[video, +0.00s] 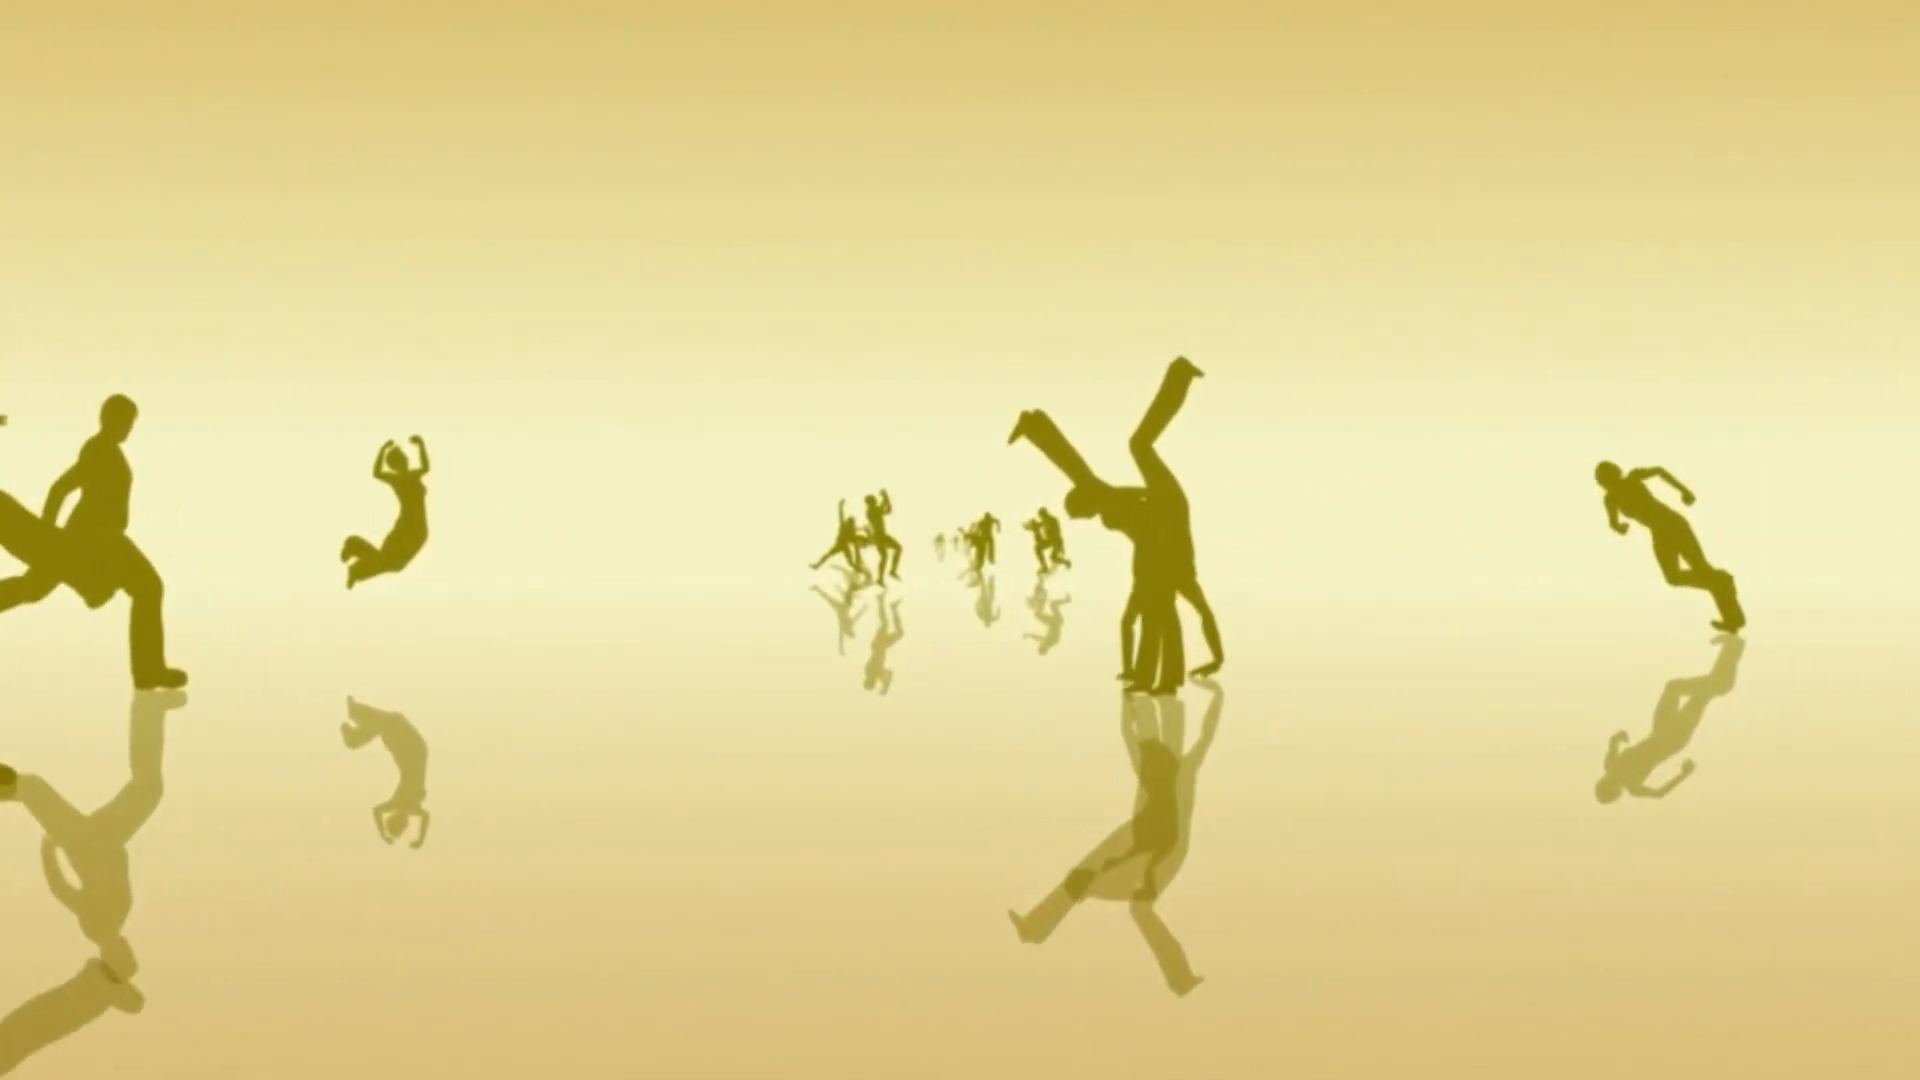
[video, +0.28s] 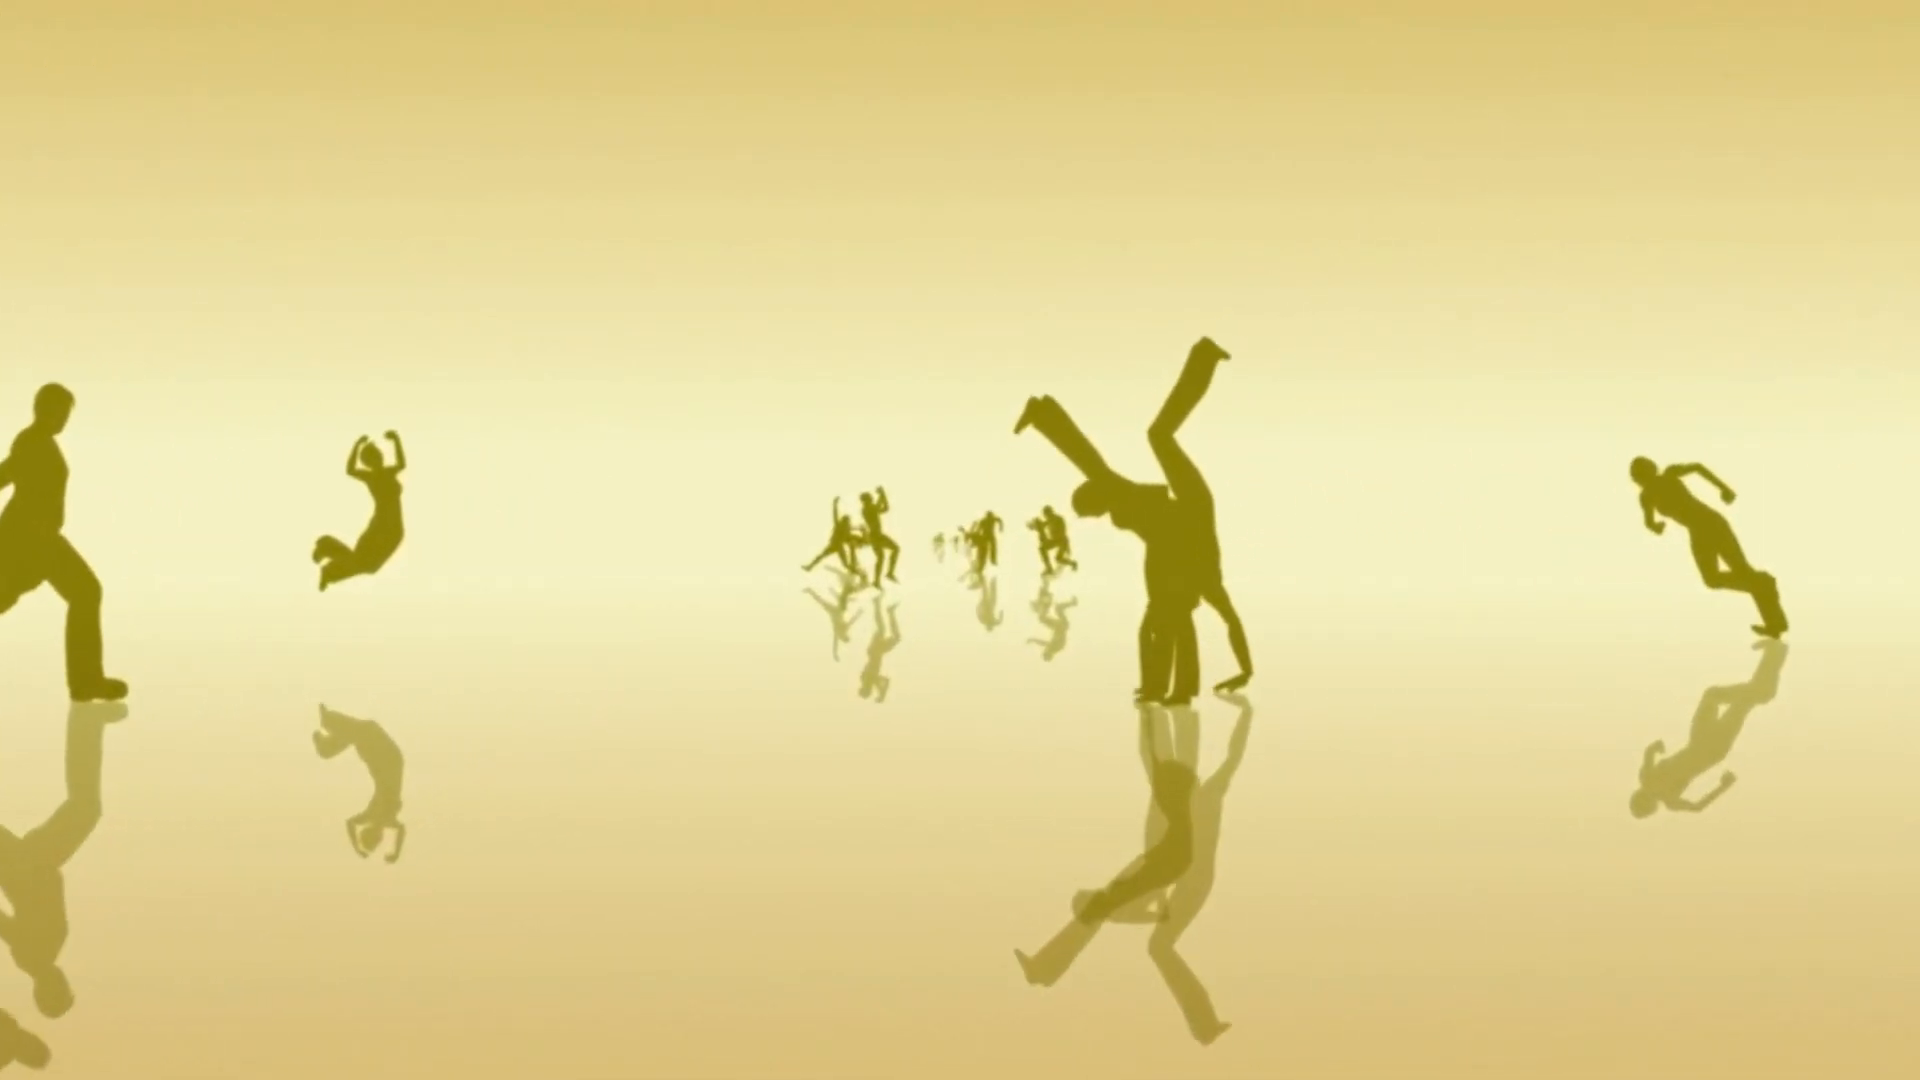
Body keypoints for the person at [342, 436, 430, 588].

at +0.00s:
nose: (402, 460)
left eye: (402, 456)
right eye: (397, 458)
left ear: (406, 457)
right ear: (392, 463)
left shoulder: (413, 476)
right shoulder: (396, 478)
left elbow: (425, 468)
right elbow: (377, 473)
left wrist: (421, 445)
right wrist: (382, 450)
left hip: (420, 528)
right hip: (405, 524)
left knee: (397, 565)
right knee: (387, 559)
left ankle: (357, 572)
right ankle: (355, 545)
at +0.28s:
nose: (375, 457)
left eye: (376, 452)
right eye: (370, 455)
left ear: (381, 454)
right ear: (366, 460)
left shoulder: (388, 473)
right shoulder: (370, 476)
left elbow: (401, 465)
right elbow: (350, 470)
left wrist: (396, 441)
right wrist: (356, 446)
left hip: (396, 527)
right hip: (380, 523)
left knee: (372, 567)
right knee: (360, 561)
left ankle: (331, 574)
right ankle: (328, 545)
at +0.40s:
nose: (369, 456)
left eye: (370, 452)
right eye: (364, 454)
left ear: (374, 453)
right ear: (359, 459)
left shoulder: (382, 472)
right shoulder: (363, 475)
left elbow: (395, 464)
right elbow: (343, 469)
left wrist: (390, 439)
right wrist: (350, 445)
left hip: (389, 527)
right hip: (374, 522)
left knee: (364, 567)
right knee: (354, 561)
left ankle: (323, 574)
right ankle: (320, 545)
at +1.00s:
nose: (315, 447)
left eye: (315, 442)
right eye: (309, 445)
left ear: (320, 444)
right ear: (304, 451)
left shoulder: (328, 465)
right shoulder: (307, 469)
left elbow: (342, 457)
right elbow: (286, 463)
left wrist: (337, 430)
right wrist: (293, 436)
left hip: (336, 525)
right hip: (319, 521)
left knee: (309, 569)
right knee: (297, 562)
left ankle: (264, 577)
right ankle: (260, 546)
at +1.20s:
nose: (295, 446)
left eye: (295, 442)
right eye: (289, 444)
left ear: (300, 442)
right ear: (284, 449)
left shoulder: (309, 463)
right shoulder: (287, 467)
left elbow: (323, 454)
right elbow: (265, 461)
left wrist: (318, 427)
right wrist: (271, 433)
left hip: (316, 524)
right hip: (298, 521)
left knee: (289, 570)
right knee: (276, 564)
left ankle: (242, 578)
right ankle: (238, 546)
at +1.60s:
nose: (251, 438)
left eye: (250, 433)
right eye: (245, 435)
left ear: (255, 435)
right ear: (239, 441)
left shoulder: (265, 458)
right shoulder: (241, 460)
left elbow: (279, 448)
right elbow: (218, 455)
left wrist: (274, 419)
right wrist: (225, 425)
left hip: (273, 525)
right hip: (253, 523)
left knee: (244, 572)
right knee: (230, 565)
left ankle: (194, 580)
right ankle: (189, 547)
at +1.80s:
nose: (215, 439)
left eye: (217, 433)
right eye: (213, 435)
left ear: (226, 432)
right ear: (211, 437)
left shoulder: (242, 453)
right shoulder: (216, 458)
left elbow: (256, 445)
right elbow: (192, 451)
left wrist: (251, 414)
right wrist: (200, 421)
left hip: (249, 524)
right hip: (228, 521)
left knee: (220, 572)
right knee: (204, 564)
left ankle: (168, 581)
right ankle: (162, 547)